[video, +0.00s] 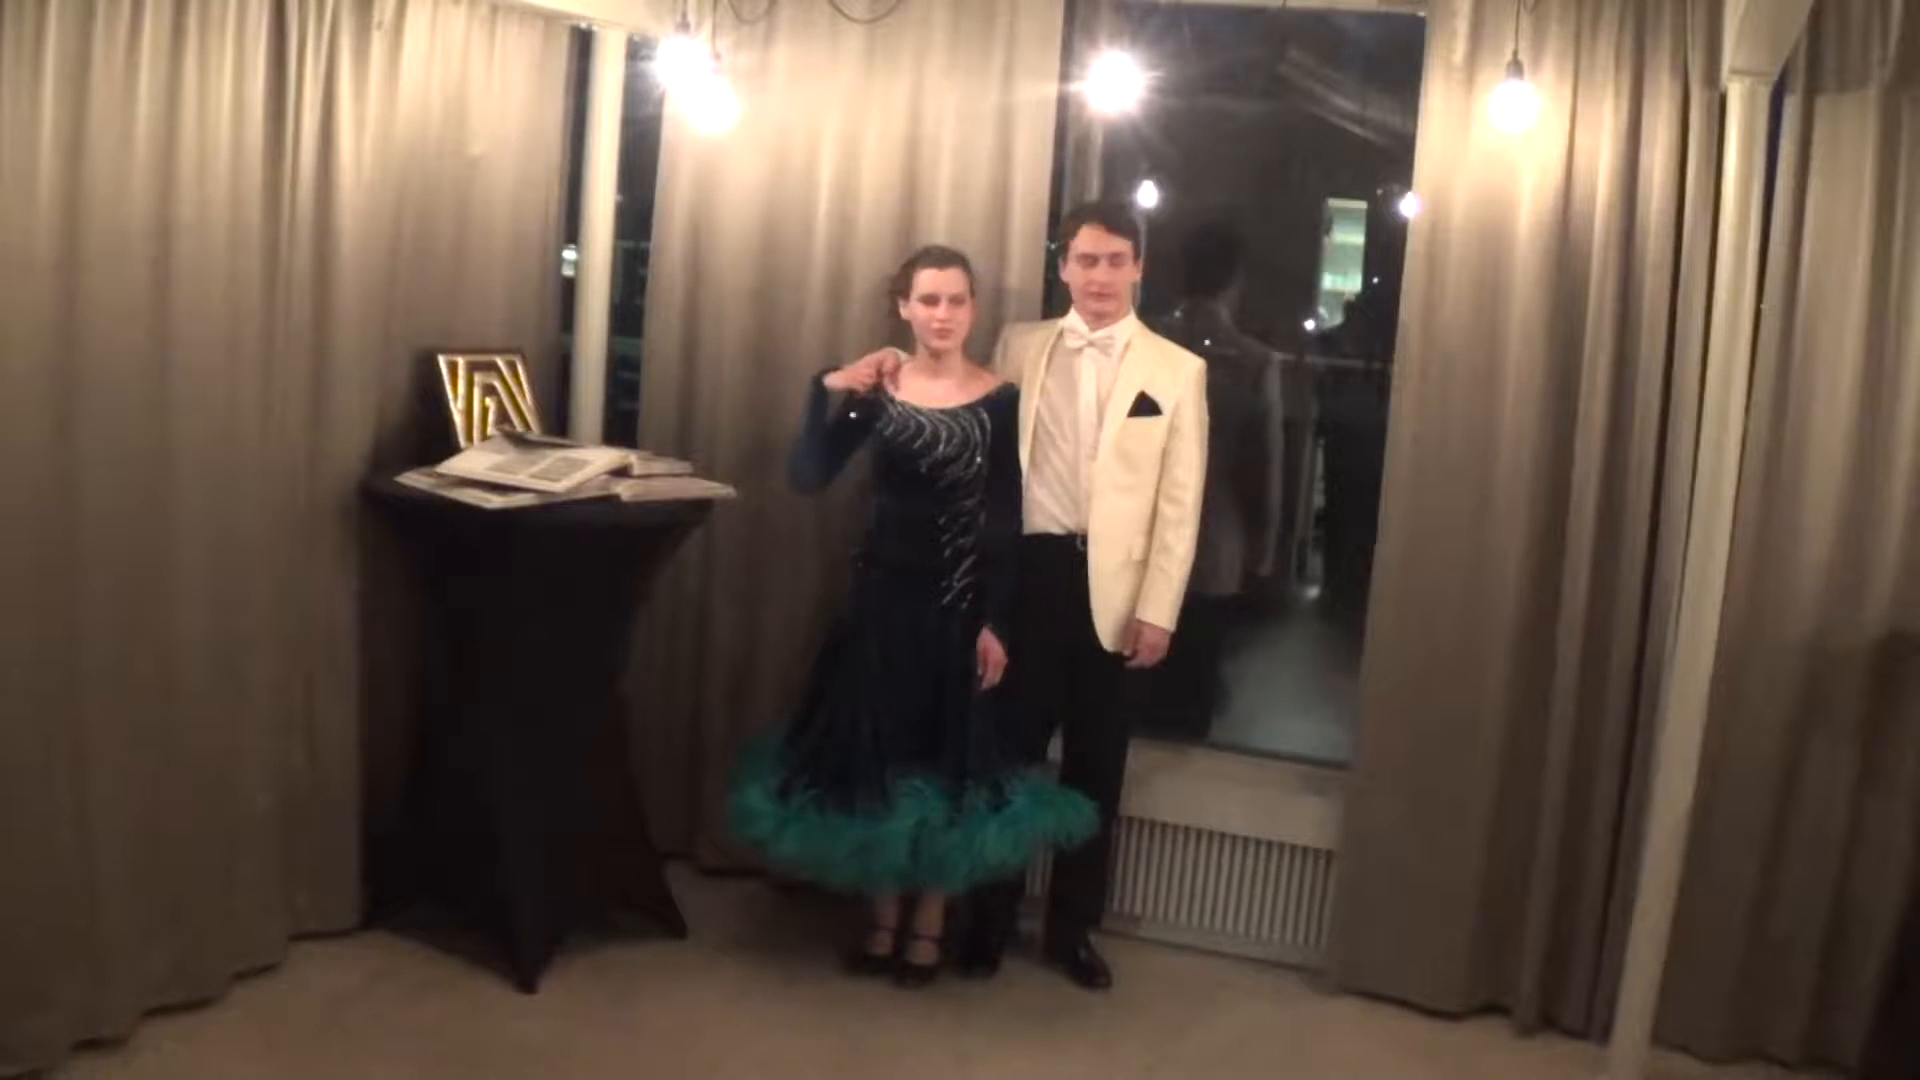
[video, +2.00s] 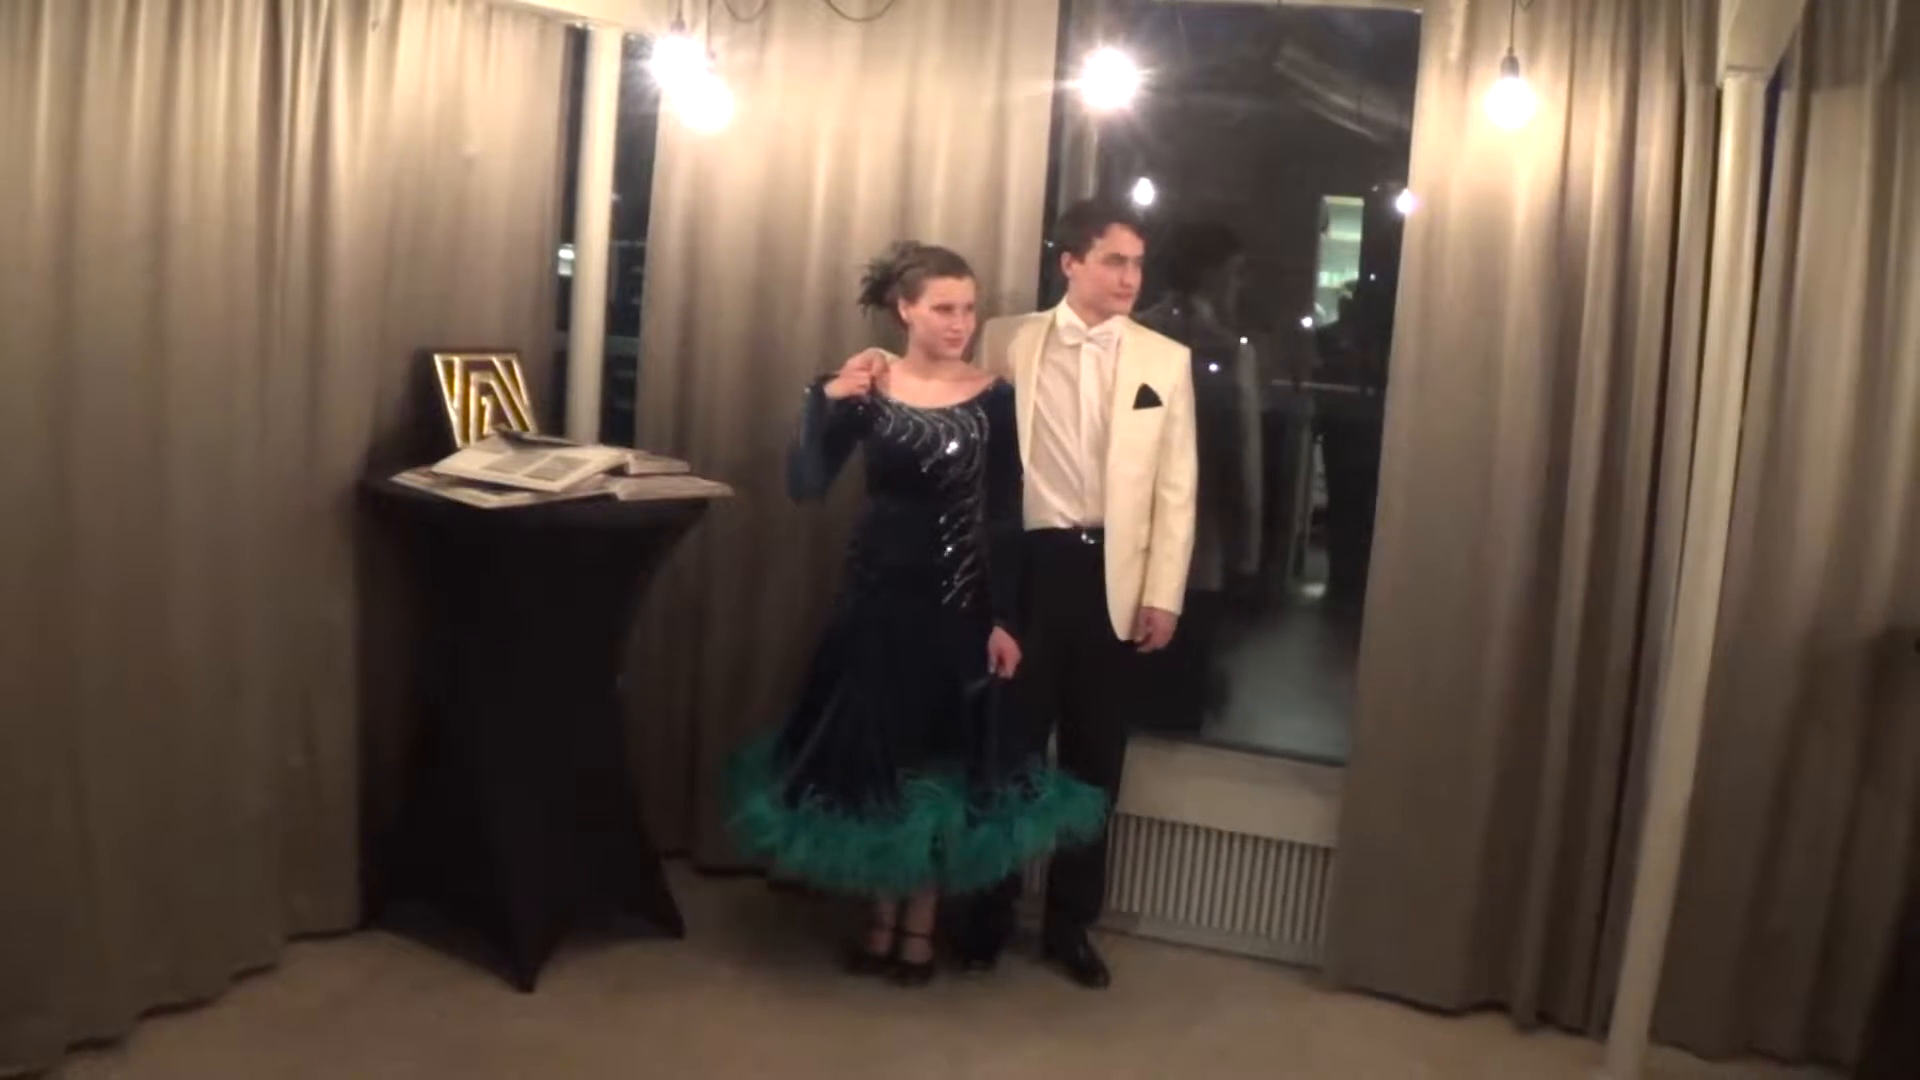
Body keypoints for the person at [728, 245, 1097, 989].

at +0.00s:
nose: (943, 314)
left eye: (956, 301)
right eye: (929, 300)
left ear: (976, 310)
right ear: (903, 308)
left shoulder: (998, 399)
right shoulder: (880, 389)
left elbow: (1005, 517)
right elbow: (811, 473)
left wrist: (994, 620)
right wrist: (832, 392)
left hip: (962, 598)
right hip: (887, 590)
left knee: (949, 752)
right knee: (884, 747)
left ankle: (932, 910)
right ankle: (884, 905)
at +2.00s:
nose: (959, 323)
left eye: (968, 309)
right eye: (943, 309)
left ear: (980, 314)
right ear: (903, 311)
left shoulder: (992, 397)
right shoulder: (871, 384)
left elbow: (1004, 515)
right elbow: (808, 483)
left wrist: (1004, 617)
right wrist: (828, 397)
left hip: (957, 597)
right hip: (881, 589)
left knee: (938, 753)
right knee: (877, 749)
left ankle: (922, 909)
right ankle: (878, 906)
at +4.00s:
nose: (957, 327)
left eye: (966, 311)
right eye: (940, 313)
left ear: (980, 312)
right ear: (903, 317)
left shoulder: (995, 394)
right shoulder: (876, 384)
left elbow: (1018, 507)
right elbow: (786, 452)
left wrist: (1032, 608)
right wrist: (835, 378)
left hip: (962, 595)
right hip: (885, 590)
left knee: (938, 753)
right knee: (877, 750)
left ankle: (919, 914)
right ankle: (873, 911)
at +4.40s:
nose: (937, 354)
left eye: (941, 334)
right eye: (917, 346)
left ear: (953, 322)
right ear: (888, 351)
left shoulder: (992, 407)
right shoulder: (875, 408)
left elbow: (1011, 519)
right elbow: (809, 494)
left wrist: (972, 520)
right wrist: (825, 416)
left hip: (964, 610)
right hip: (889, 603)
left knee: (936, 759)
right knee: (869, 755)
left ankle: (915, 920)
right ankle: (872, 951)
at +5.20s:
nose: (933, 323)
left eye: (940, 309)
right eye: (915, 309)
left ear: (948, 317)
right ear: (869, 317)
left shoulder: (968, 407)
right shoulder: (837, 393)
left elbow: (991, 525)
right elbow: (747, 479)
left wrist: (1055, 607)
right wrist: (788, 400)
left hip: (933, 617)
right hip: (850, 611)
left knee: (917, 793)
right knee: (848, 785)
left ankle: (883, 985)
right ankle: (878, 954)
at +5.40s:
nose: (942, 324)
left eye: (948, 310)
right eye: (924, 308)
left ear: (953, 320)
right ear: (872, 316)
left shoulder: (962, 412)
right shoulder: (827, 400)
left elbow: (1005, 532)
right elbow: (726, 471)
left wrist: (1105, 551)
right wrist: (782, 389)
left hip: (924, 626)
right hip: (842, 620)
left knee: (905, 799)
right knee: (846, 790)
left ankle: (870, 985)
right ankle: (872, 965)